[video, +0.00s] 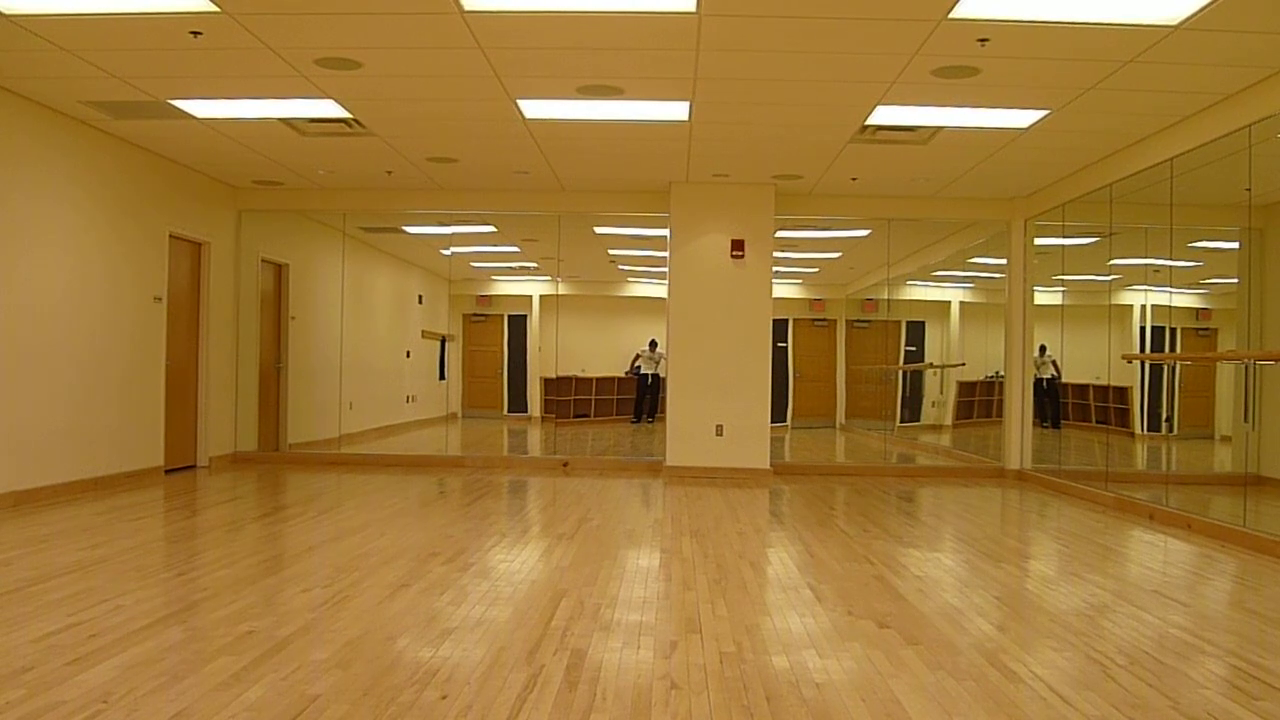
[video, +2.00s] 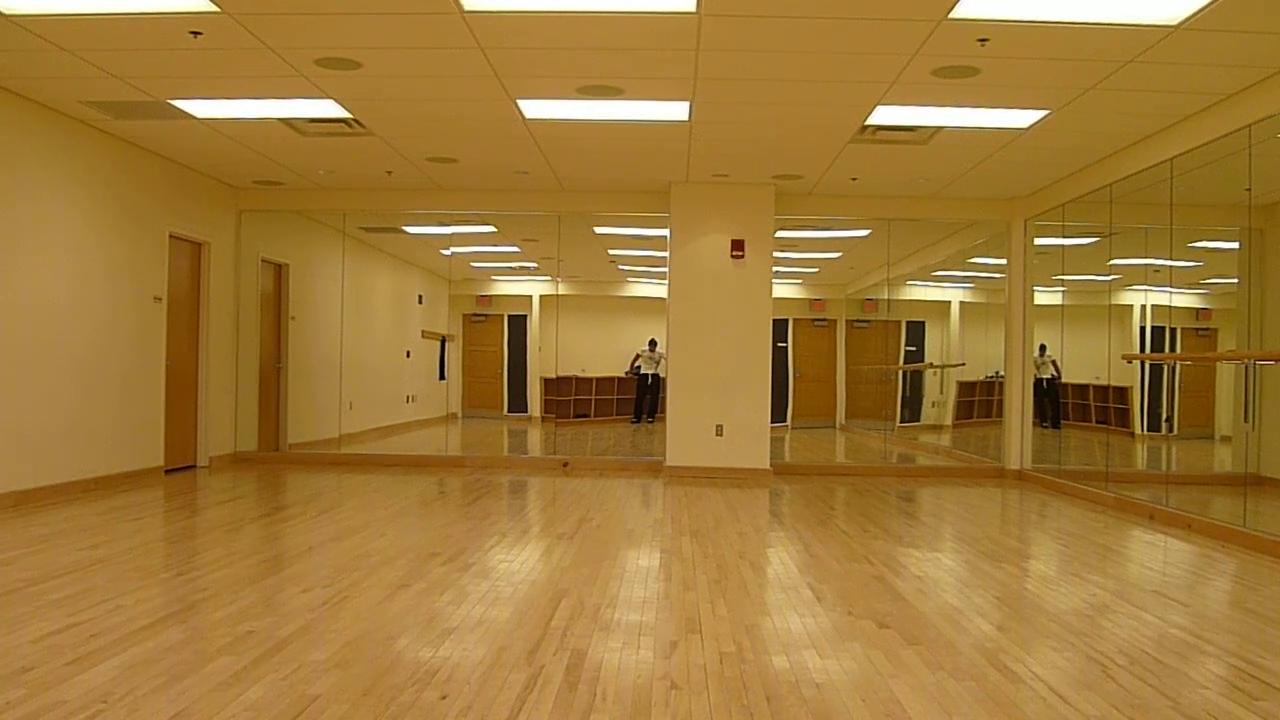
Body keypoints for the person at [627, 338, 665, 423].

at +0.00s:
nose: (652, 350)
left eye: (654, 349)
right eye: (651, 348)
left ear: (656, 348)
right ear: (648, 347)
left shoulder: (660, 354)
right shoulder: (642, 352)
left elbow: (668, 361)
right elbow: (634, 360)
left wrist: (668, 373)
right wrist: (631, 369)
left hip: (654, 373)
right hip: (643, 373)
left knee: (654, 396)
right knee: (640, 395)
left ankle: (651, 416)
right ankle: (637, 416)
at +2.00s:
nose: (652, 349)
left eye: (654, 347)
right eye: (650, 347)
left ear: (656, 347)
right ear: (648, 346)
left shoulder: (660, 354)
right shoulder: (642, 352)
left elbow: (668, 362)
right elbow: (634, 360)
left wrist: (668, 373)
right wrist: (630, 370)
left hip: (654, 374)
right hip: (643, 373)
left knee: (654, 396)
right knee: (640, 395)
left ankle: (651, 416)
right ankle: (637, 416)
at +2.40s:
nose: (652, 349)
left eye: (653, 347)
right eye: (650, 347)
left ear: (656, 347)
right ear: (648, 346)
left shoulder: (660, 354)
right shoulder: (642, 352)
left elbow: (668, 361)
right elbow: (634, 360)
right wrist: (630, 370)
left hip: (654, 374)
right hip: (643, 373)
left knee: (654, 396)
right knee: (640, 395)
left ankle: (651, 416)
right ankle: (637, 416)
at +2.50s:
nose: (652, 349)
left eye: (653, 347)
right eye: (650, 347)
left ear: (656, 347)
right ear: (648, 346)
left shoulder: (660, 354)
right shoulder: (642, 352)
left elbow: (668, 362)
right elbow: (634, 360)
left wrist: (668, 373)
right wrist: (631, 370)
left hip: (654, 373)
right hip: (643, 373)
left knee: (654, 396)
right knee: (640, 395)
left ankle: (651, 416)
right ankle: (637, 416)